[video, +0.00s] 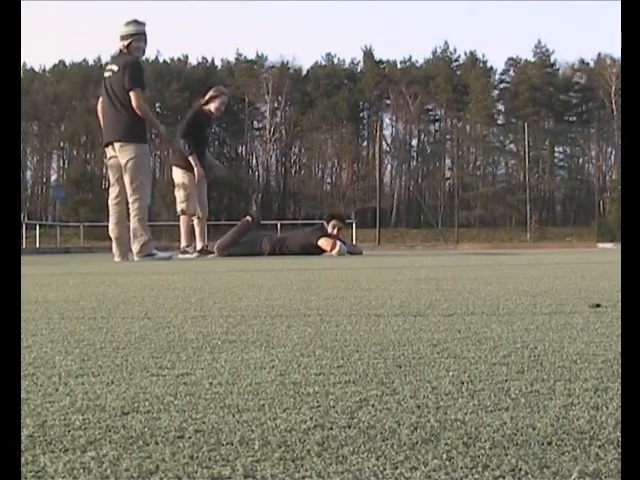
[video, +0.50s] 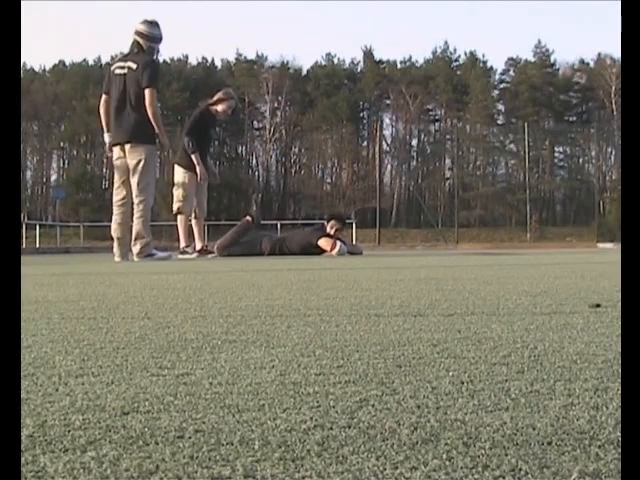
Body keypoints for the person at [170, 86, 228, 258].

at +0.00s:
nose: (221, 108)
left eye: (224, 105)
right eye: (220, 103)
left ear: (222, 105)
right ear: (210, 100)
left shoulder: (207, 119)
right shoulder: (196, 114)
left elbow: (200, 148)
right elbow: (183, 141)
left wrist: (214, 164)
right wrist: (196, 165)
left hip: (198, 167)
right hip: (183, 165)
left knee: (201, 211)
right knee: (186, 208)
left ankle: (201, 245)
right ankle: (184, 246)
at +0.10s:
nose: (224, 109)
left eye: (227, 106)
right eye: (223, 104)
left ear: (223, 105)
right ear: (213, 101)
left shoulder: (208, 119)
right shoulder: (197, 114)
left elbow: (201, 146)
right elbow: (187, 140)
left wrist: (208, 165)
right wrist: (198, 164)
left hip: (199, 166)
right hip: (183, 165)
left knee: (200, 209)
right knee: (184, 206)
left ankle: (201, 244)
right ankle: (183, 245)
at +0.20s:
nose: (225, 109)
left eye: (228, 106)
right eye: (224, 104)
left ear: (224, 105)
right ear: (215, 101)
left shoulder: (209, 118)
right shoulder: (198, 114)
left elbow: (201, 144)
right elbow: (187, 140)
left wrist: (204, 164)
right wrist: (198, 164)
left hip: (199, 165)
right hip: (184, 164)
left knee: (199, 208)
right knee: (183, 206)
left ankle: (200, 244)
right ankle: (184, 245)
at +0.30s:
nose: (227, 110)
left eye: (230, 107)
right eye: (226, 105)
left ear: (227, 107)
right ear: (217, 101)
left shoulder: (211, 120)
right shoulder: (200, 113)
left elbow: (202, 148)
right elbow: (187, 138)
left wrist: (209, 166)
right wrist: (197, 164)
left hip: (199, 166)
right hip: (184, 164)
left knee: (199, 207)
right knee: (183, 205)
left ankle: (200, 244)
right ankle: (184, 245)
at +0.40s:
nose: (227, 111)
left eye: (230, 108)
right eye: (226, 106)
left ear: (227, 107)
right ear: (218, 101)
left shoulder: (211, 119)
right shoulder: (201, 113)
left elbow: (202, 148)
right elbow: (187, 138)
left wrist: (209, 166)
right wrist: (197, 164)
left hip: (199, 166)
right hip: (184, 164)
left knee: (199, 207)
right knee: (183, 205)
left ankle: (200, 244)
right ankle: (184, 245)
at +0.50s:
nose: (228, 112)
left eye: (231, 109)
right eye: (228, 107)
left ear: (225, 106)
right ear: (219, 102)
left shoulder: (211, 119)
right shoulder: (201, 113)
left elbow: (202, 149)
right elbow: (188, 139)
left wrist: (210, 166)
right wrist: (198, 165)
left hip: (198, 167)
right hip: (185, 165)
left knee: (199, 208)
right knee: (184, 206)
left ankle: (200, 245)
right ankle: (184, 245)